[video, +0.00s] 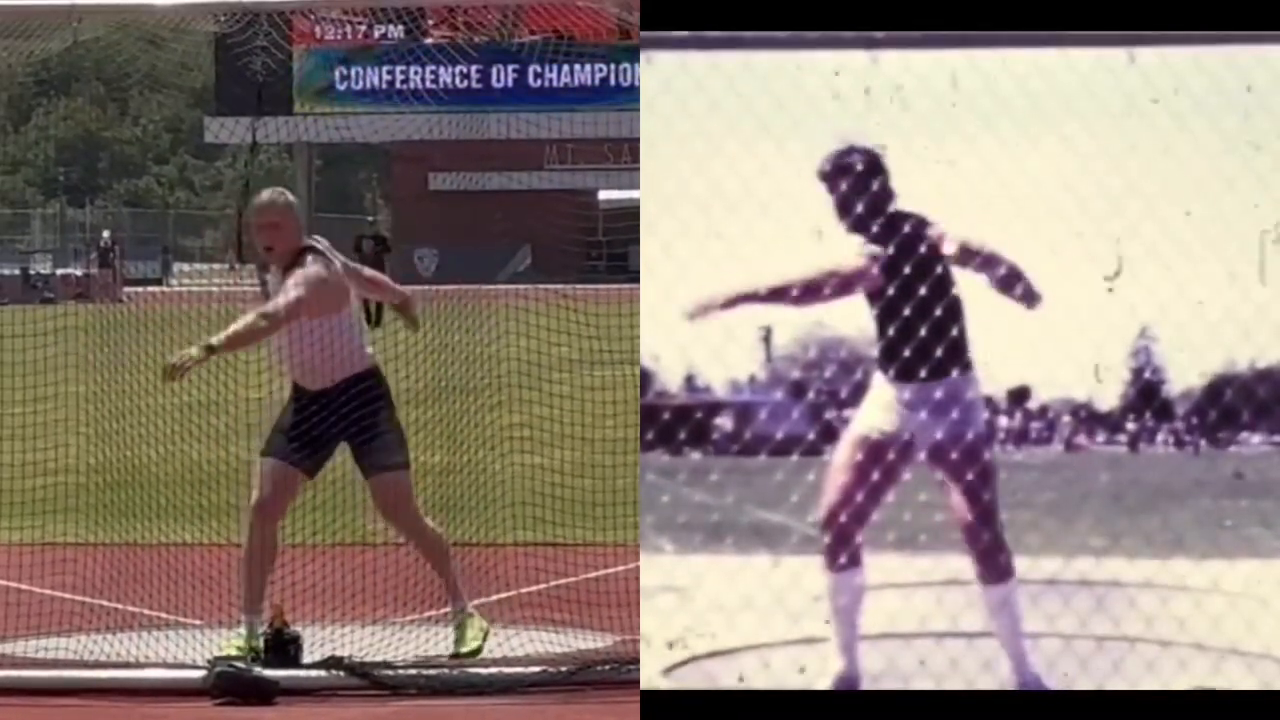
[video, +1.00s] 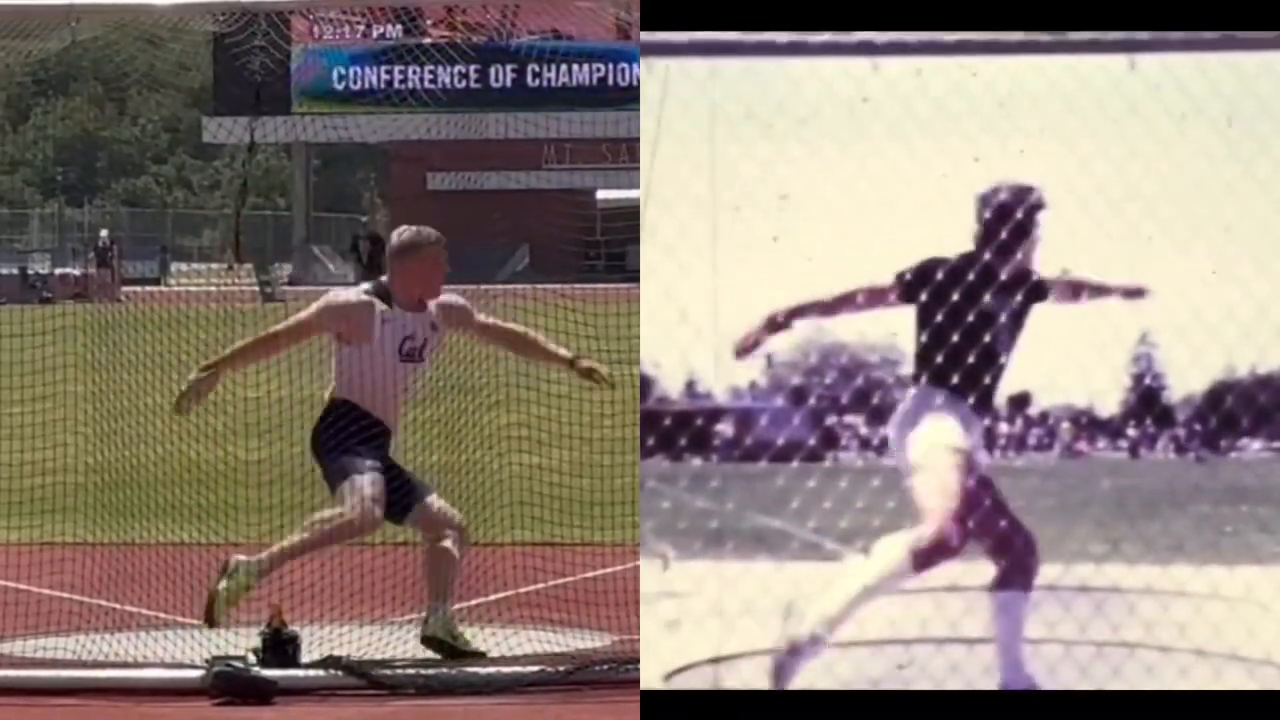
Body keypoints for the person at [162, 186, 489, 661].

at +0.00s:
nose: (266, 238)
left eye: (275, 228)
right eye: (259, 230)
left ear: (299, 228)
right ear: (252, 234)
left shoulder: (316, 271)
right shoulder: (286, 265)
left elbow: (271, 319)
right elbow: (363, 277)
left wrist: (206, 349)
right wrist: (402, 300)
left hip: (361, 396)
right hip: (309, 402)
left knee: (400, 511)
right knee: (264, 508)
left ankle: (464, 613)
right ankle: (250, 633)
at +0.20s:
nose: (296, 244)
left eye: (305, 234)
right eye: (288, 235)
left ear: (322, 233)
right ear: (278, 238)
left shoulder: (342, 276)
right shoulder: (286, 275)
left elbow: (338, 319)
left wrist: (306, 349)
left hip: (368, 401)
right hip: (312, 405)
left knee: (411, 507)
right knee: (267, 505)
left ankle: (451, 620)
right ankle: (251, 628)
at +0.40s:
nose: (347, 248)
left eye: (353, 238)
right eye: (336, 238)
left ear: (361, 239)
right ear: (312, 240)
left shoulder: (371, 285)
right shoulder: (292, 274)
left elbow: (404, 311)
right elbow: (290, 323)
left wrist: (413, 344)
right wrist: (273, 332)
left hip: (376, 412)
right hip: (313, 413)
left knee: (436, 504)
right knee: (269, 508)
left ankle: (433, 629)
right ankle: (250, 630)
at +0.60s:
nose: (388, 256)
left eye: (391, 246)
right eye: (378, 248)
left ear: (397, 247)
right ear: (350, 251)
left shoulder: (411, 292)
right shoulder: (317, 286)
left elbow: (470, 320)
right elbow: (270, 315)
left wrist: (501, 345)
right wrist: (235, 340)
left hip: (376, 432)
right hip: (319, 426)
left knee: (457, 505)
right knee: (283, 512)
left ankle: (426, 624)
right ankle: (241, 627)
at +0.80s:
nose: (432, 262)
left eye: (431, 255)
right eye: (425, 254)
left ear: (411, 259)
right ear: (396, 259)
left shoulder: (436, 302)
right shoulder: (342, 300)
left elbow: (500, 327)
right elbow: (267, 330)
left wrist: (557, 354)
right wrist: (210, 361)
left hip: (377, 449)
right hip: (335, 430)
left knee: (457, 517)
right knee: (337, 512)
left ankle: (441, 619)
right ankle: (224, 582)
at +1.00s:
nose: (443, 279)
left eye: (443, 269)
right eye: (436, 268)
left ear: (427, 273)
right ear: (404, 270)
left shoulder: (440, 311)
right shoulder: (353, 306)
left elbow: (504, 334)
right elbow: (279, 338)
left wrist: (571, 360)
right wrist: (213, 370)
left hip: (377, 450)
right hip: (345, 433)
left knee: (448, 526)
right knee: (365, 513)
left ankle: (439, 624)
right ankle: (250, 571)